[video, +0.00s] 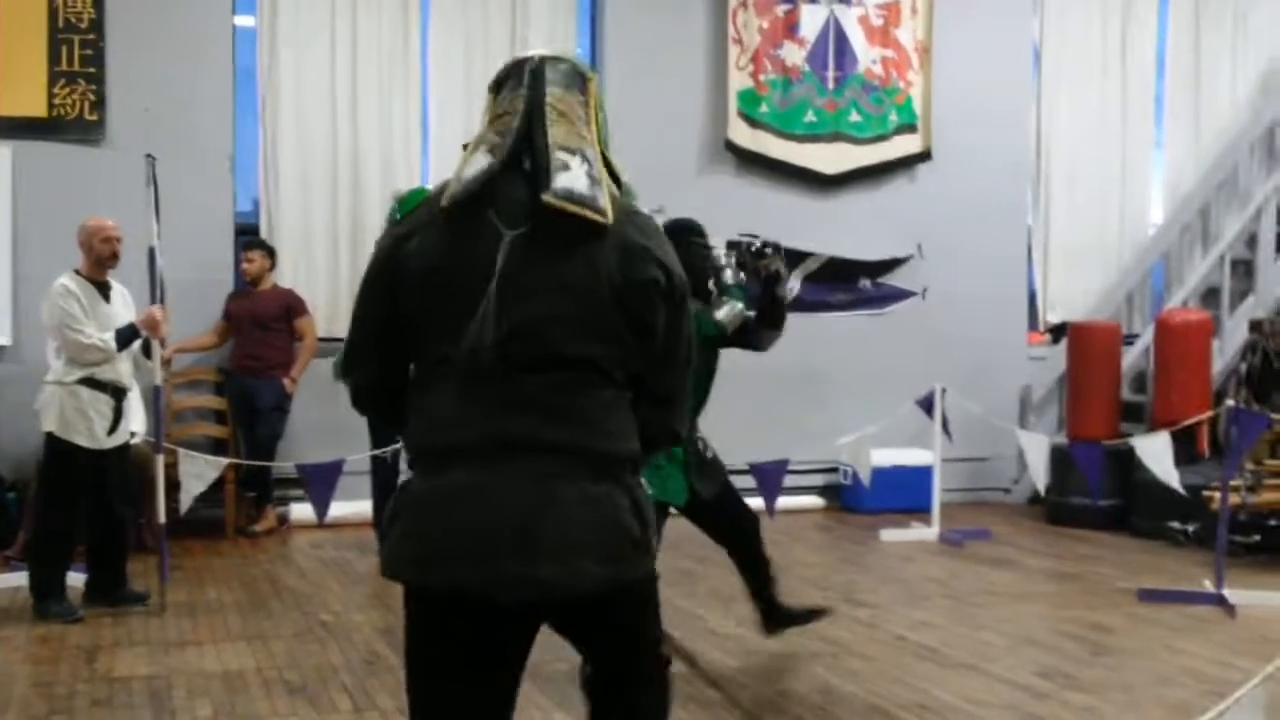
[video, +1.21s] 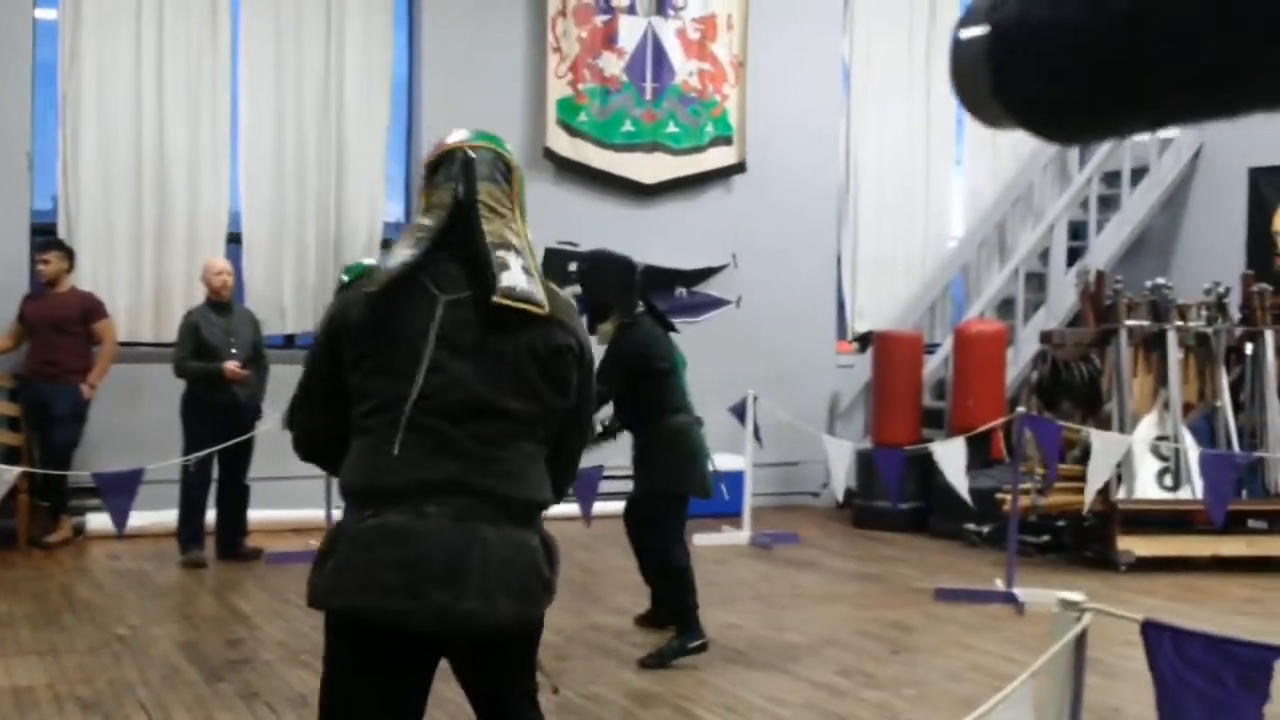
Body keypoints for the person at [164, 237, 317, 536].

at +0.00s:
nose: (245, 266)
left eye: (251, 261)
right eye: (243, 261)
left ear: (269, 263)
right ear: (242, 265)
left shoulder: (287, 299)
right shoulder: (236, 299)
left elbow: (310, 339)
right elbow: (217, 337)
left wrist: (293, 377)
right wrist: (176, 348)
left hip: (273, 382)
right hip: (239, 380)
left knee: (263, 446)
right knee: (248, 446)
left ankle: (265, 510)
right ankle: (263, 510)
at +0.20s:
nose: (216, 265)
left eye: (222, 260)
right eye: (214, 259)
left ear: (237, 263)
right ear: (211, 264)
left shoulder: (254, 299)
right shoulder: (208, 299)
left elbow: (277, 338)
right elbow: (186, 335)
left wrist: (260, 377)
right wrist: (145, 349)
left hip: (238, 381)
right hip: (206, 379)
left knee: (228, 445)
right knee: (211, 446)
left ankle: (231, 510)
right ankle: (218, 509)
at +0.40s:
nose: (176, 268)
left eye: (182, 262)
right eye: (174, 263)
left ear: (201, 266)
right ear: (172, 267)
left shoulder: (219, 300)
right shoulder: (168, 301)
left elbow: (242, 340)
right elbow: (148, 338)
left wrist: (225, 380)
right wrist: (107, 351)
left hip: (204, 384)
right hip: (170, 383)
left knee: (193, 449)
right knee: (175, 449)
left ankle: (196, 513)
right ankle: (186, 512)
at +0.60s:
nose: (143, 267)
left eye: (149, 262)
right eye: (141, 262)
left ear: (167, 265)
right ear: (139, 266)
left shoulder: (185, 301)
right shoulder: (135, 301)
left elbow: (209, 341)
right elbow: (114, 339)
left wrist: (192, 381)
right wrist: (72, 351)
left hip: (169, 384)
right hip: (135, 382)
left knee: (159, 448)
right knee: (140, 449)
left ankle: (162, 514)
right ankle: (147, 512)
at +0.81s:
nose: (105, 267)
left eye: (112, 261)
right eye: (103, 262)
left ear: (130, 264)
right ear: (102, 265)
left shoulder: (148, 301)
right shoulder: (98, 301)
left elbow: (174, 340)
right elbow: (76, 340)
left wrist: (156, 381)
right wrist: (33, 353)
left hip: (134, 385)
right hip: (100, 384)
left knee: (124, 451)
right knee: (107, 451)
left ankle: (129, 517)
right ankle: (121, 515)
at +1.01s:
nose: (75, 269)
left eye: (82, 263)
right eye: (73, 264)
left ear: (101, 266)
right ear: (72, 268)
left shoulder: (119, 303)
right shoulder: (67, 304)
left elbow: (144, 344)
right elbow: (45, 343)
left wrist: (126, 384)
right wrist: (5, 354)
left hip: (104, 389)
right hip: (69, 387)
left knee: (93, 454)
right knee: (77, 455)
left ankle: (97, 521)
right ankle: (86, 520)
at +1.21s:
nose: (40, 267)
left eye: (47, 262)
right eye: (38, 262)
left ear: (66, 264)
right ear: (37, 266)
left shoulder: (86, 302)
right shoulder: (31, 302)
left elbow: (110, 343)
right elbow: (14, 336)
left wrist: (91, 384)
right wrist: (1, 348)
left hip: (69, 387)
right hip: (33, 385)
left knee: (58, 453)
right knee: (40, 453)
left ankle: (60, 519)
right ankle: (52, 518)